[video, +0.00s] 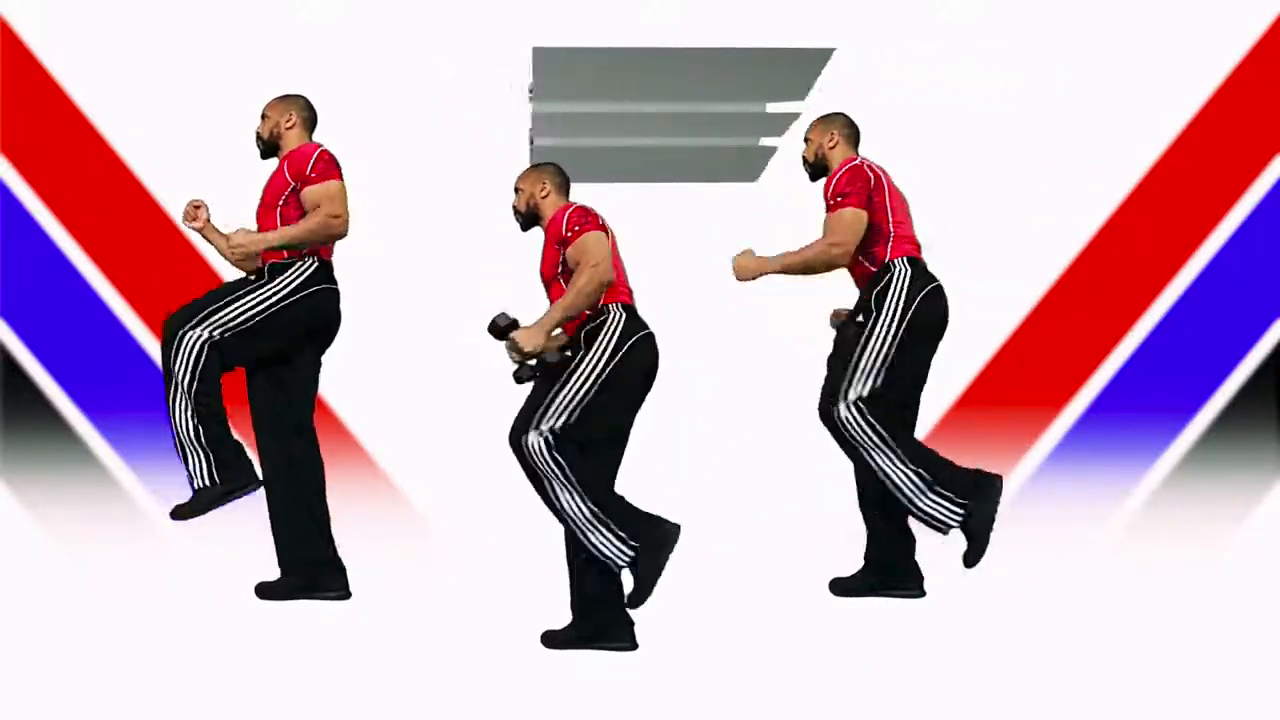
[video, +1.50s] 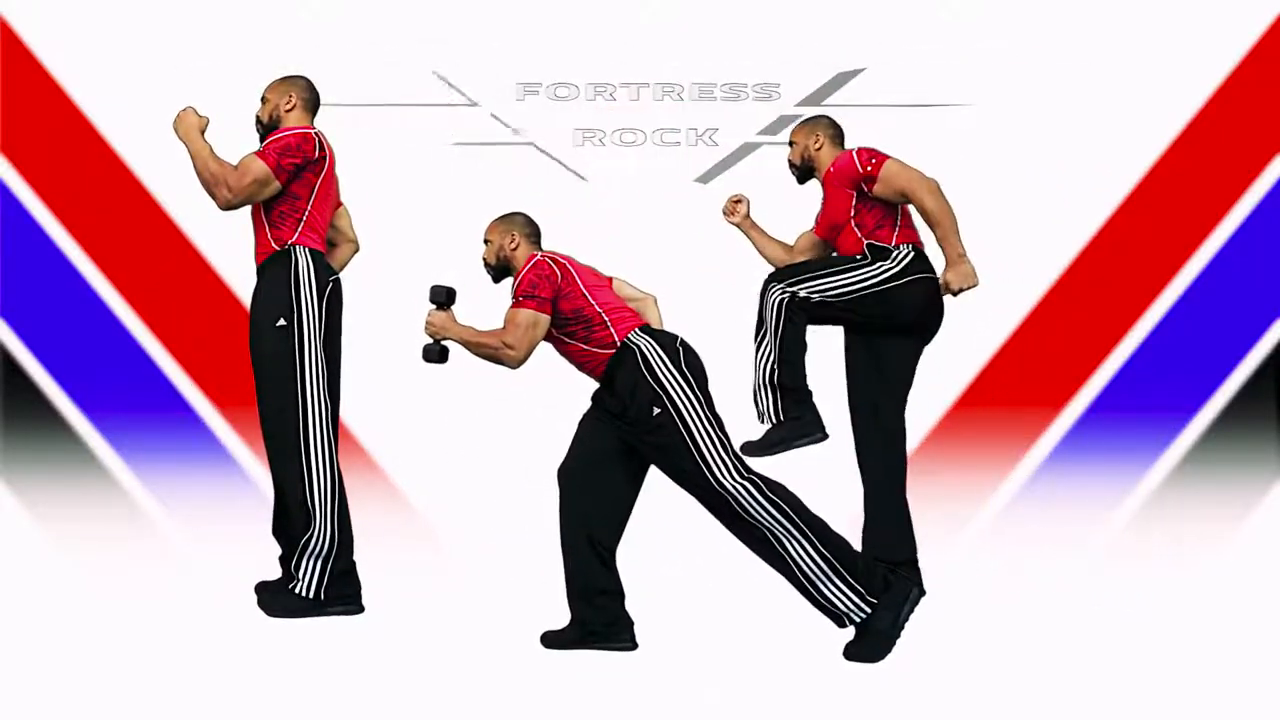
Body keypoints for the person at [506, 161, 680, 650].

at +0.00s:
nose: (513, 201)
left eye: (518, 190)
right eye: (514, 194)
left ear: (543, 187)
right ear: (548, 190)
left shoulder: (574, 216)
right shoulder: (557, 245)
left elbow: (598, 271)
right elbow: (576, 328)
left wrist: (544, 327)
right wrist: (541, 348)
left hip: (613, 333)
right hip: (606, 345)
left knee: (536, 436)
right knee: (586, 484)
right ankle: (600, 619)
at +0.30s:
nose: (488, 228)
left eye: (494, 218)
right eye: (487, 221)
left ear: (519, 215)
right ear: (519, 223)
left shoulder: (543, 243)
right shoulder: (539, 257)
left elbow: (525, 312)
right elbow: (522, 316)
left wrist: (456, 311)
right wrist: (463, 309)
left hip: (632, 350)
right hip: (607, 370)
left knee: (686, 477)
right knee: (581, 489)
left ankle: (827, 577)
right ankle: (601, 621)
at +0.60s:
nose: (484, 247)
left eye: (490, 237)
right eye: (484, 240)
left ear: (516, 234)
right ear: (526, 240)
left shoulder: (539, 263)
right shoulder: (563, 267)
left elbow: (513, 339)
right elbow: (642, 302)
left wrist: (454, 317)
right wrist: (659, 367)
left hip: (645, 362)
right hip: (622, 379)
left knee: (722, 486)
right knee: (582, 487)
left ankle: (859, 594)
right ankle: (602, 623)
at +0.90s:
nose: (483, 253)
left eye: (489, 243)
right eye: (484, 245)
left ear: (516, 238)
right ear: (524, 242)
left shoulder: (537, 270)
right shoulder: (562, 271)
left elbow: (508, 346)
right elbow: (643, 301)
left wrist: (449, 322)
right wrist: (664, 368)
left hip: (647, 366)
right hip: (623, 383)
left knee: (731, 488)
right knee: (580, 485)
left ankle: (868, 597)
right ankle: (600, 622)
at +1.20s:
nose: (483, 252)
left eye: (489, 242)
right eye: (483, 245)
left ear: (516, 238)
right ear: (521, 243)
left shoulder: (537, 270)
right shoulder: (563, 273)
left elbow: (511, 350)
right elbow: (642, 301)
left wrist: (447, 327)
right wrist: (661, 368)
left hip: (648, 366)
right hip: (623, 385)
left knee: (731, 490)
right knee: (582, 486)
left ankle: (872, 601)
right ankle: (600, 623)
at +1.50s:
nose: (484, 253)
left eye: (489, 243)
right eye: (485, 246)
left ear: (517, 239)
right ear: (524, 243)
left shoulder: (538, 270)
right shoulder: (564, 271)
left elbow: (511, 349)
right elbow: (643, 300)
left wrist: (448, 329)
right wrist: (661, 369)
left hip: (649, 366)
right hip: (626, 383)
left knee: (734, 491)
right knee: (584, 488)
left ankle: (873, 598)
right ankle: (601, 622)